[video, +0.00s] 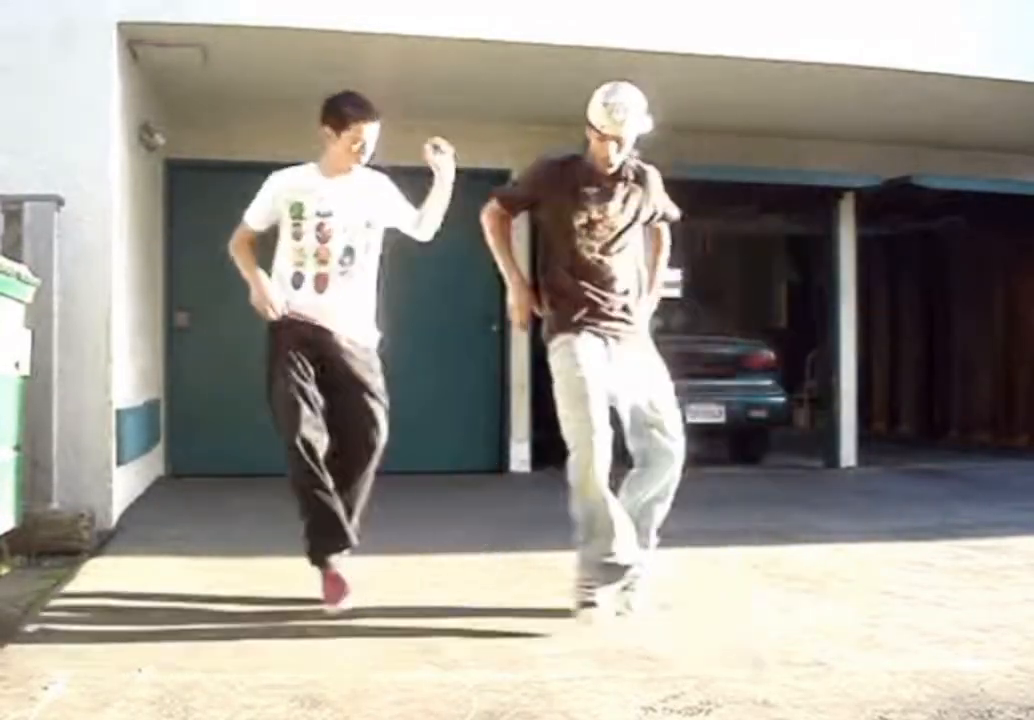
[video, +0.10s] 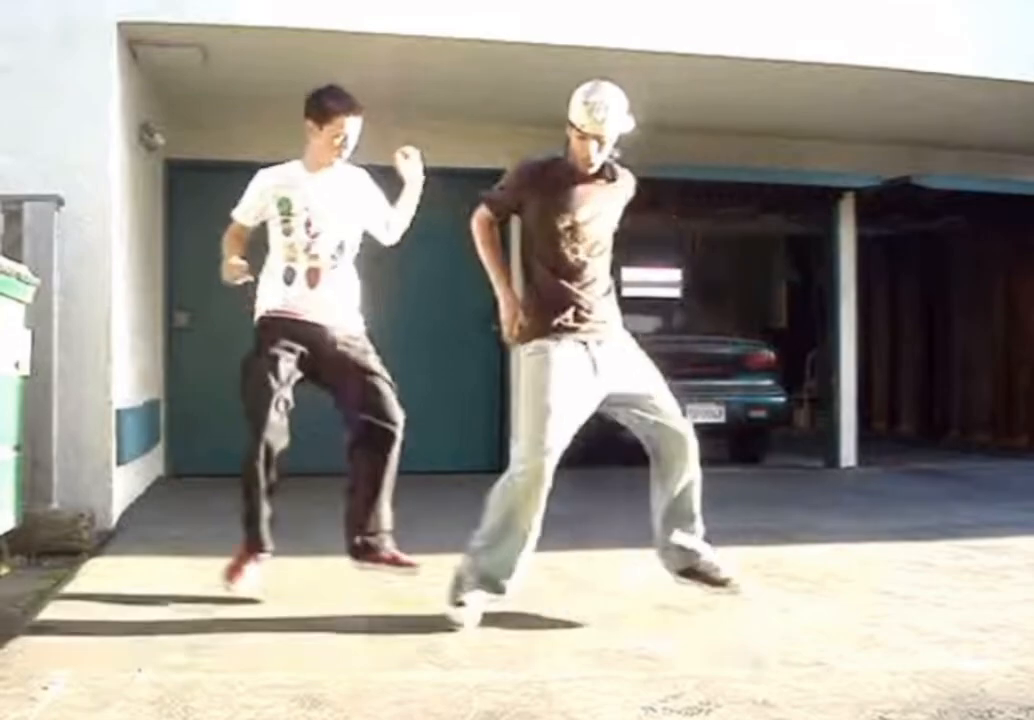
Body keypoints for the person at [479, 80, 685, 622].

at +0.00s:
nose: (612, 152)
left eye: (623, 142)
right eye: (604, 138)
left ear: (638, 138)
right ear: (588, 128)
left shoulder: (646, 181)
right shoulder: (554, 175)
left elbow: (660, 229)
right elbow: (494, 213)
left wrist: (652, 290)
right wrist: (516, 284)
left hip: (631, 330)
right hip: (574, 330)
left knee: (664, 447)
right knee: (593, 448)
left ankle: (619, 555)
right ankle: (600, 570)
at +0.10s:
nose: (591, 150)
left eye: (602, 140)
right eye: (583, 138)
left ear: (618, 138)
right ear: (569, 128)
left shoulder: (622, 184)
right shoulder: (537, 178)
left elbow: (588, 243)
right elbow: (482, 219)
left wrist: (595, 302)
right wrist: (506, 297)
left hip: (610, 338)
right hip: (550, 341)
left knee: (675, 437)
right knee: (534, 463)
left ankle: (683, 548)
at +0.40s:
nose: (587, 157)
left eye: (597, 146)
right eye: (578, 146)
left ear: (609, 144)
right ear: (560, 140)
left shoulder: (613, 188)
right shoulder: (529, 189)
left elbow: (587, 244)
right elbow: (465, 222)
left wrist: (602, 299)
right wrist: (504, 291)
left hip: (618, 348)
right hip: (552, 356)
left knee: (678, 451)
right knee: (515, 470)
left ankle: (678, 563)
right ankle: (439, 582)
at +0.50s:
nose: (621, 150)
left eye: (630, 139)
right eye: (611, 138)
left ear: (644, 135)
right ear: (595, 132)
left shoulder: (656, 187)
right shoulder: (562, 181)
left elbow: (689, 247)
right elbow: (519, 248)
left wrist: (684, 266)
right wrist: (584, 254)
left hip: (642, 333)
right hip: (584, 334)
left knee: (655, 445)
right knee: (586, 445)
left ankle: (614, 554)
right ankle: (581, 574)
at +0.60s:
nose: (660, 167)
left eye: (668, 157)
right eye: (651, 156)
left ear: (681, 155)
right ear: (635, 150)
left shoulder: (690, 204)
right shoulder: (609, 200)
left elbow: (726, 257)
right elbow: (608, 271)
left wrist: (689, 256)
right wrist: (674, 295)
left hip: (672, 354)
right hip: (619, 350)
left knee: (651, 468)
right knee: (643, 468)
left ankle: (594, 567)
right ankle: (694, 584)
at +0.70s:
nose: (674, 157)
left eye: (684, 147)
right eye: (666, 146)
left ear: (697, 144)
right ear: (651, 139)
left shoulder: (707, 193)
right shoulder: (621, 192)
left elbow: (754, 245)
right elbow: (599, 254)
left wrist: (721, 234)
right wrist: (670, 265)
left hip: (691, 352)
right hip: (636, 354)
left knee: (695, 474)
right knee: (667, 474)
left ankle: (613, 551)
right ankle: (700, 589)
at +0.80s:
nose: (706, 150)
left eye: (716, 140)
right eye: (698, 139)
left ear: (730, 135)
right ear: (682, 129)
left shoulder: (739, 176)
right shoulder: (650, 172)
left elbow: (786, 214)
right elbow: (589, 209)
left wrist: (810, 222)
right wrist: (649, 228)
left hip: (726, 340)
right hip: (666, 340)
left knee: (762, 445)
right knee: (655, 460)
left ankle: (721, 537)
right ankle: (665, 584)